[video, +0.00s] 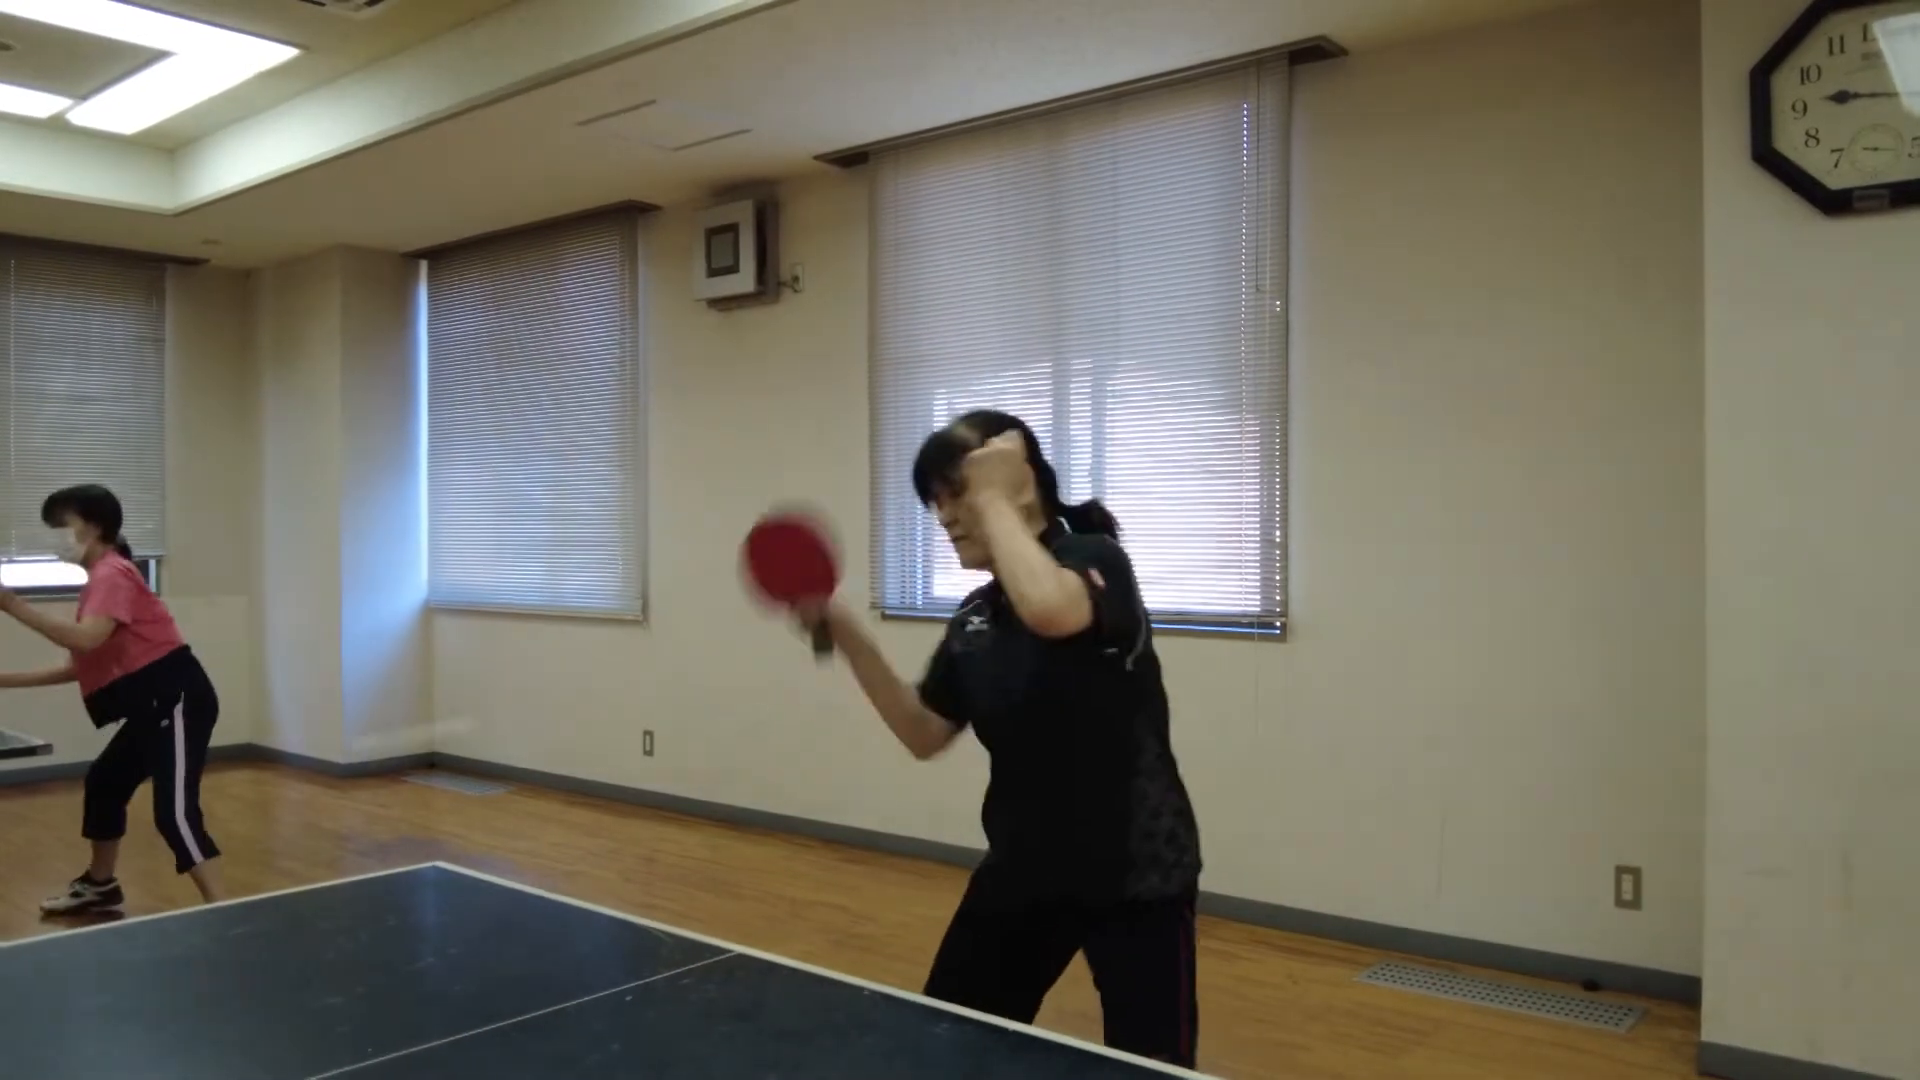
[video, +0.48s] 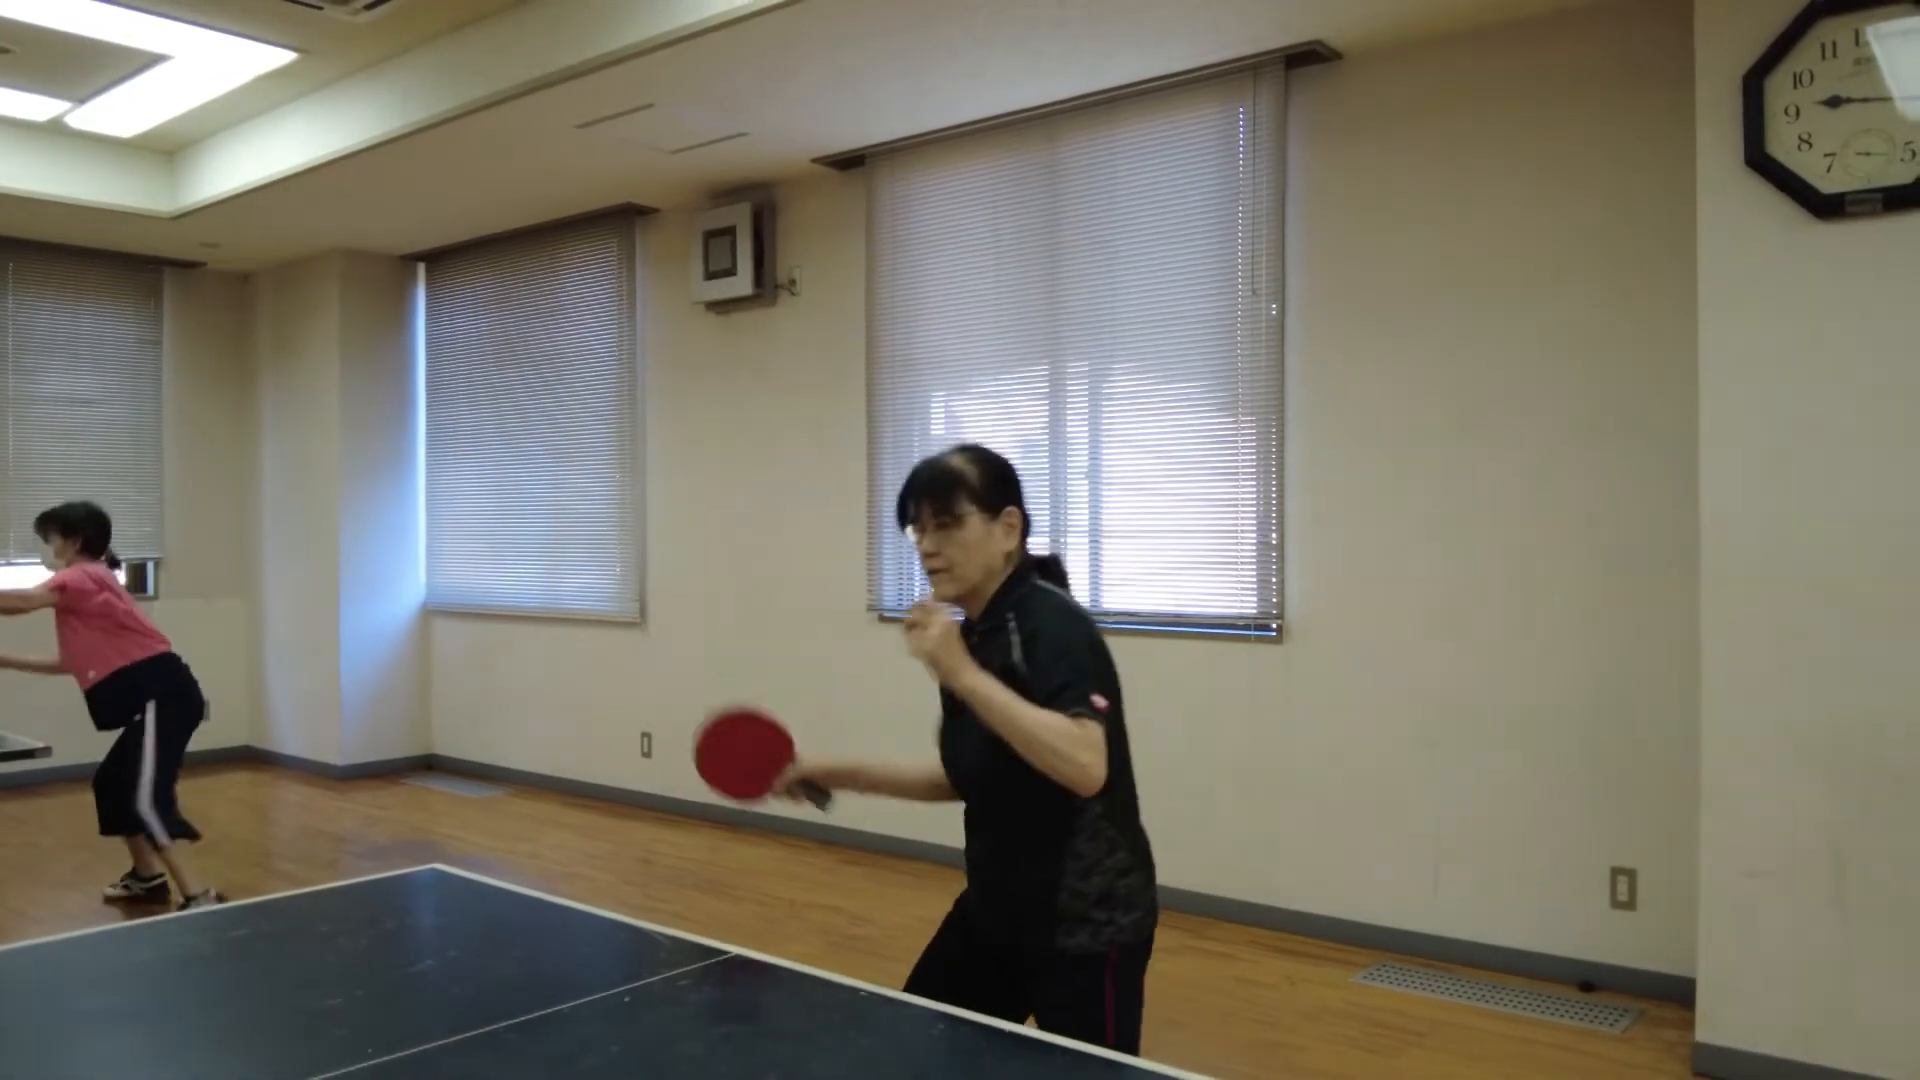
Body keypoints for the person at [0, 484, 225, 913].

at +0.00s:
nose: (57, 538)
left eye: (64, 526)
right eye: (56, 528)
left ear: (92, 527)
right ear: (89, 530)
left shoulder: (111, 571)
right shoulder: (98, 581)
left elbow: (89, 636)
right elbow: (77, 669)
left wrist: (16, 606)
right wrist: (8, 679)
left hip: (179, 696)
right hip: (153, 704)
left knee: (175, 812)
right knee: (104, 781)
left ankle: (225, 913)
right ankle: (101, 884)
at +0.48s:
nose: (47, 551)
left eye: (51, 541)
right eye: (46, 542)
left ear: (76, 541)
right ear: (84, 543)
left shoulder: (83, 575)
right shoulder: (85, 587)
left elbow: (26, 601)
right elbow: (71, 664)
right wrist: (6, 659)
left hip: (165, 693)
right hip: (150, 699)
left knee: (145, 798)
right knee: (111, 782)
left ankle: (195, 897)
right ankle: (147, 876)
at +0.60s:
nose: (23, 580)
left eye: (28, 571)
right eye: (23, 573)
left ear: (55, 571)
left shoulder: (74, 597)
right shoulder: (63, 639)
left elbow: (58, 609)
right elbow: (32, 690)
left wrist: (18, 597)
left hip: (157, 699)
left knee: (85, 803)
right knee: (108, 793)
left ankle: (160, 863)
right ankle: (145, 869)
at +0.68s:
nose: (5, 596)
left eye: (10, 586)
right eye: (4, 588)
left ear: (38, 584)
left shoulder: (48, 609)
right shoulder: (55, 656)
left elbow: (68, 611)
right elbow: (28, 707)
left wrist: (80, 592)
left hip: (144, 700)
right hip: (174, 704)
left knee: (55, 786)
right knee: (107, 789)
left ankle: (100, 868)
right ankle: (147, 877)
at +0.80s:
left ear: (14, 595)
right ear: (16, 596)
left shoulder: (42, 615)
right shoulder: (37, 653)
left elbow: (84, 608)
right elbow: (63, 727)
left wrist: (134, 584)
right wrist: (31, 774)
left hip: (131, 705)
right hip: (160, 709)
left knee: (42, 782)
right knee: (88, 790)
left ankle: (22, 883)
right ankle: (144, 874)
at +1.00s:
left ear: (10, 581)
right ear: (14, 582)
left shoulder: (29, 609)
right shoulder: (23, 627)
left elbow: (60, 624)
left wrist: (93, 607)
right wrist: (34, 744)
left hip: (105, 717)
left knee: (10, 790)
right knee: (52, 806)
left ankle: (11, 885)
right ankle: (135, 860)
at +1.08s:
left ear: (14, 571)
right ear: (17, 572)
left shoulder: (31, 603)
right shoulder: (25, 612)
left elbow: (50, 625)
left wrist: (60, 620)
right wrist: (36, 740)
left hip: (101, 713)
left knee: (9, 788)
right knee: (50, 803)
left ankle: (11, 884)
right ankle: (137, 857)